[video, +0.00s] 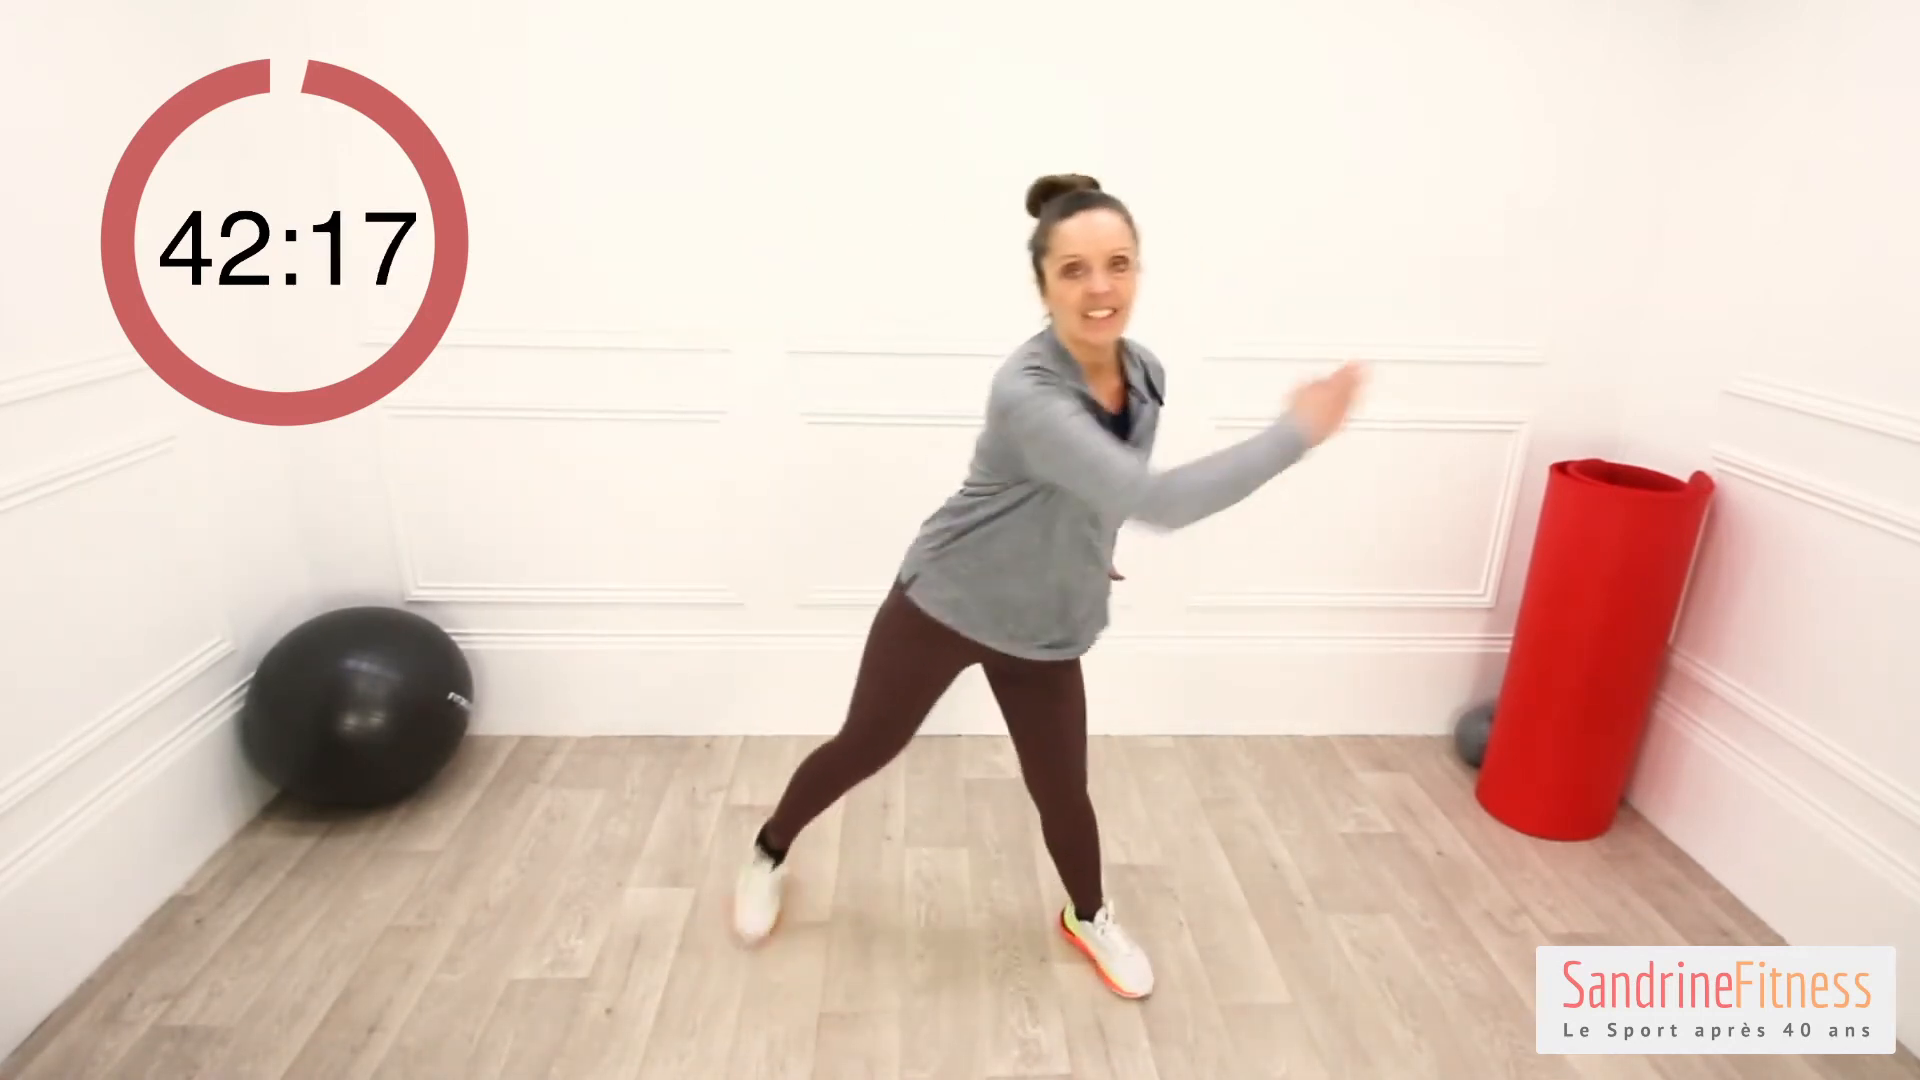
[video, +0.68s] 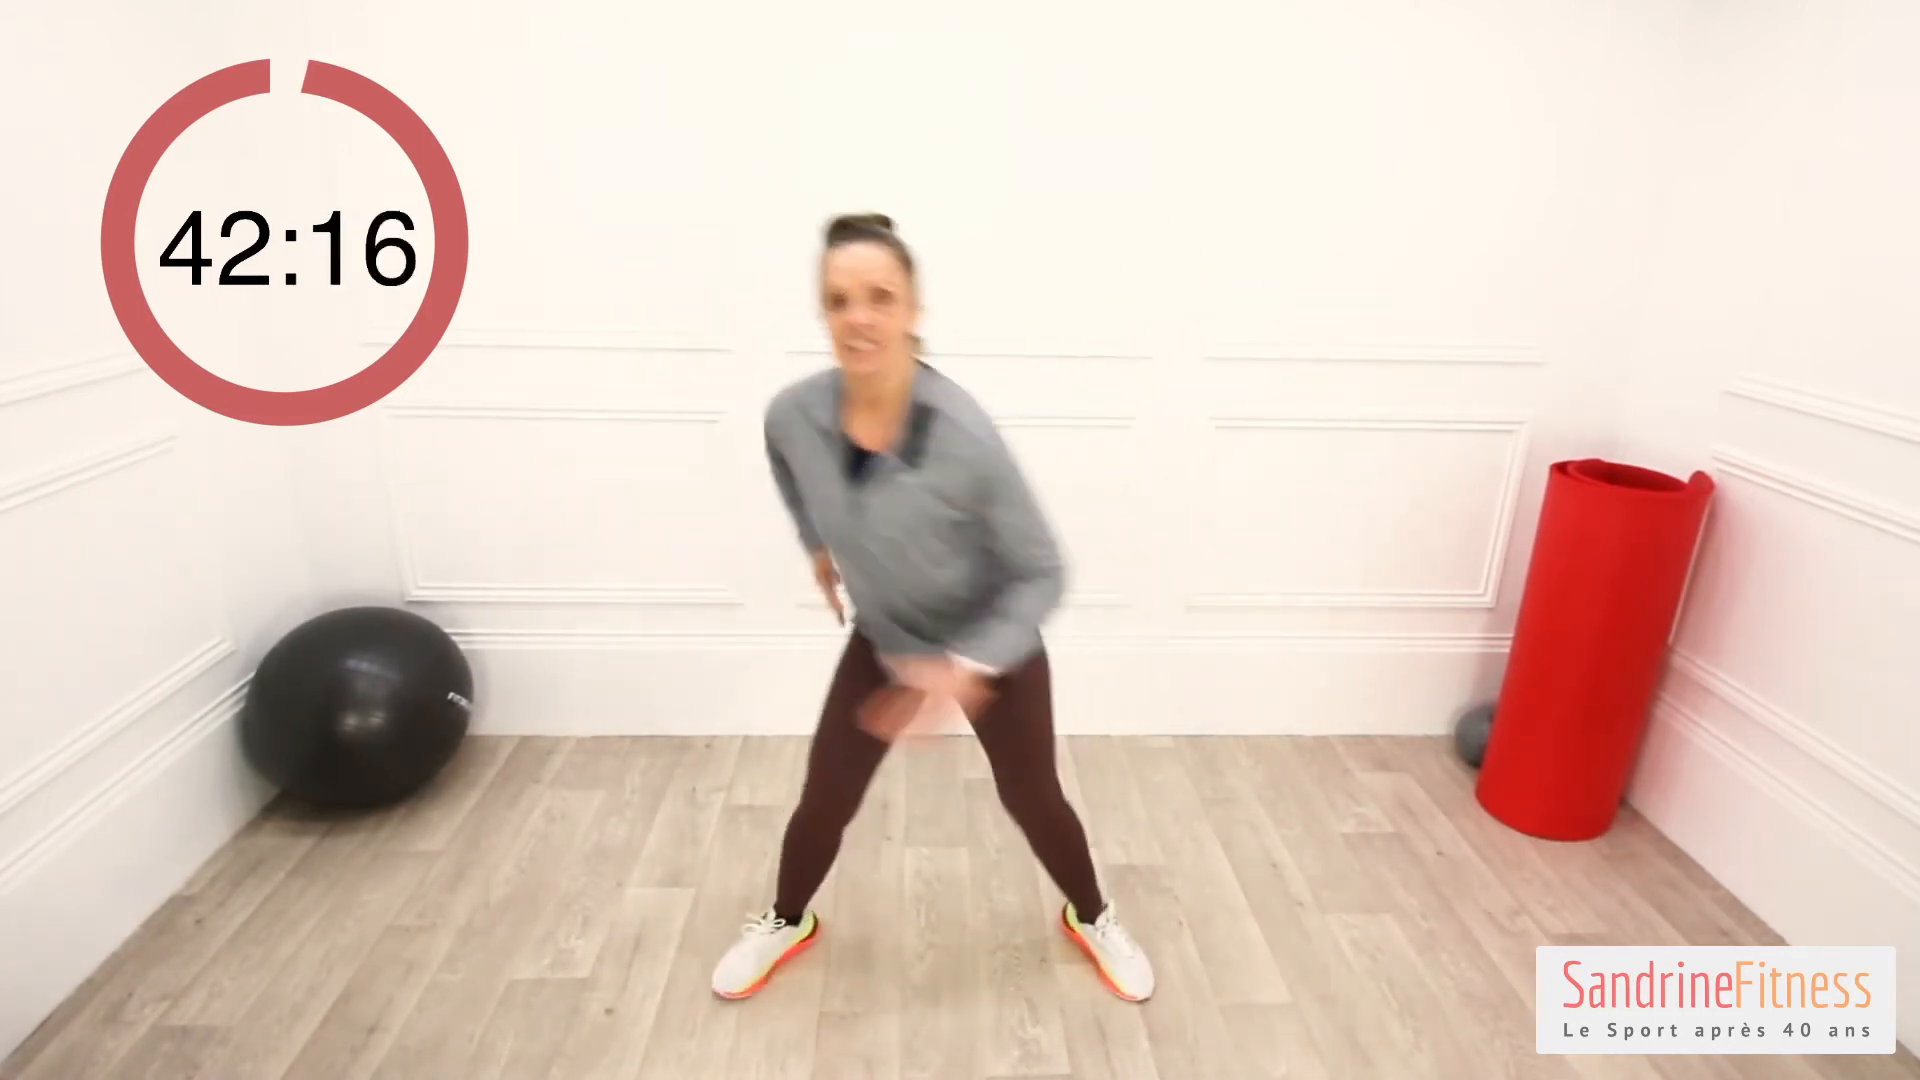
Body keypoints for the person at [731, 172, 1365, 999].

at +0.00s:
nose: (1099, 289)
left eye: (1117, 266)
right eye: (1074, 271)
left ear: (1138, 277)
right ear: (1042, 289)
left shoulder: (1146, 377)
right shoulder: (1026, 395)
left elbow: (1087, 485)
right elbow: (1152, 500)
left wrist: (1093, 551)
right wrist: (1294, 434)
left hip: (1043, 620)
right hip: (947, 598)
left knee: (1062, 789)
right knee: (867, 744)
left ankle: (1088, 918)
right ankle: (767, 850)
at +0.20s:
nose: (1109, 308)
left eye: (1126, 286)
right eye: (1085, 291)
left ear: (1148, 292)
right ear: (1054, 303)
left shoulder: (1154, 392)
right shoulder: (1035, 417)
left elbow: (1119, 505)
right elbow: (1129, 543)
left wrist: (1111, 575)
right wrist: (1295, 528)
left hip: (1058, 634)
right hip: (958, 616)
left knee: (1080, 804)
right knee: (887, 757)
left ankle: (1087, 922)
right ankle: (800, 842)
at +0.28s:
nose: (1099, 294)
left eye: (1117, 270)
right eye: (1074, 276)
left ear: (1141, 279)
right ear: (1045, 292)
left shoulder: (1159, 383)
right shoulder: (1019, 400)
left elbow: (1107, 516)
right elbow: (1018, 583)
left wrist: (1075, 604)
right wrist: (1166, 625)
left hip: (1061, 616)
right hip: (959, 600)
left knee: (1074, 792)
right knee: (881, 748)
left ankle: (1088, 917)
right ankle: (791, 844)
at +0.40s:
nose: (1058, 294)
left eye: (1076, 270)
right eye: (1034, 276)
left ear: (1104, 279)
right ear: (1009, 292)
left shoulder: (1150, 387)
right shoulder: (970, 405)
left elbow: (1156, 453)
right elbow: (859, 535)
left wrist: (1135, 522)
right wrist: (927, 648)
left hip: (1063, 623)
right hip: (953, 609)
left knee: (1073, 788)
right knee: (871, 757)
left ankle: (1088, 917)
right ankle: (794, 866)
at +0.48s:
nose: (1010, 309)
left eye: (1028, 285)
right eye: (987, 291)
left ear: (1061, 294)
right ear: (966, 306)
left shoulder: (1114, 409)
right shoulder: (920, 412)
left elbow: (1159, 461)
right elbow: (798, 493)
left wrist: (1137, 561)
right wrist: (844, 613)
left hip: (1059, 631)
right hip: (943, 620)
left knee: (1070, 798)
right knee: (869, 779)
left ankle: (1089, 918)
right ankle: (806, 905)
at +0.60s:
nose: (920, 334)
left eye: (940, 313)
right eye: (901, 316)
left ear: (973, 324)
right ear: (880, 329)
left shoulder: (1026, 450)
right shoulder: (844, 426)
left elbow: (1109, 550)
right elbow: (771, 468)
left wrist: (1082, 659)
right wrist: (800, 568)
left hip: (1027, 656)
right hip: (919, 645)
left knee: (1044, 822)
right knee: (846, 801)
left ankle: (1090, 923)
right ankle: (790, 921)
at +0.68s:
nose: (859, 320)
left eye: (880, 299)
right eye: (840, 301)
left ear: (915, 311)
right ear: (822, 314)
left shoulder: (966, 439)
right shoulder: (794, 420)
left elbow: (1041, 571)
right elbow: (797, 493)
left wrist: (971, 662)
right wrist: (819, 551)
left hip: (991, 633)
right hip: (883, 633)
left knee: (1032, 798)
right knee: (824, 801)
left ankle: (1092, 918)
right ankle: (786, 921)